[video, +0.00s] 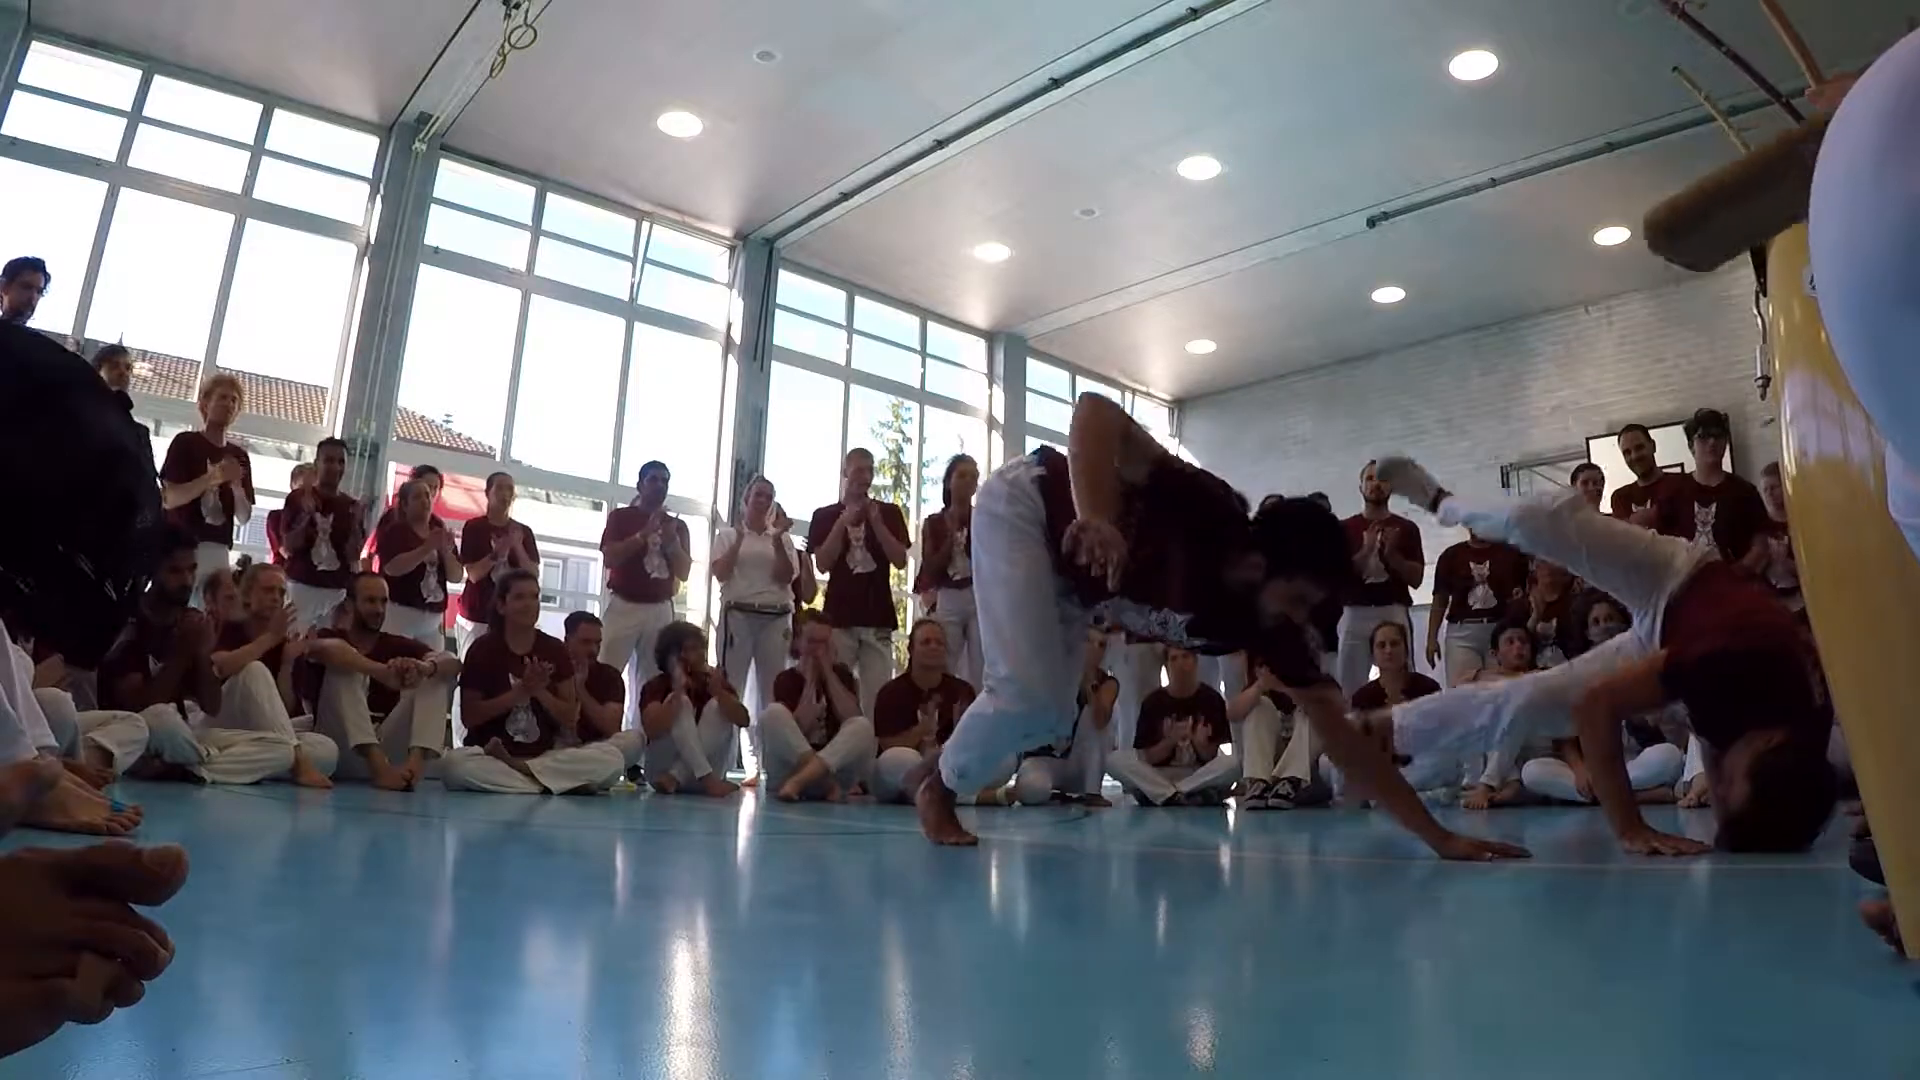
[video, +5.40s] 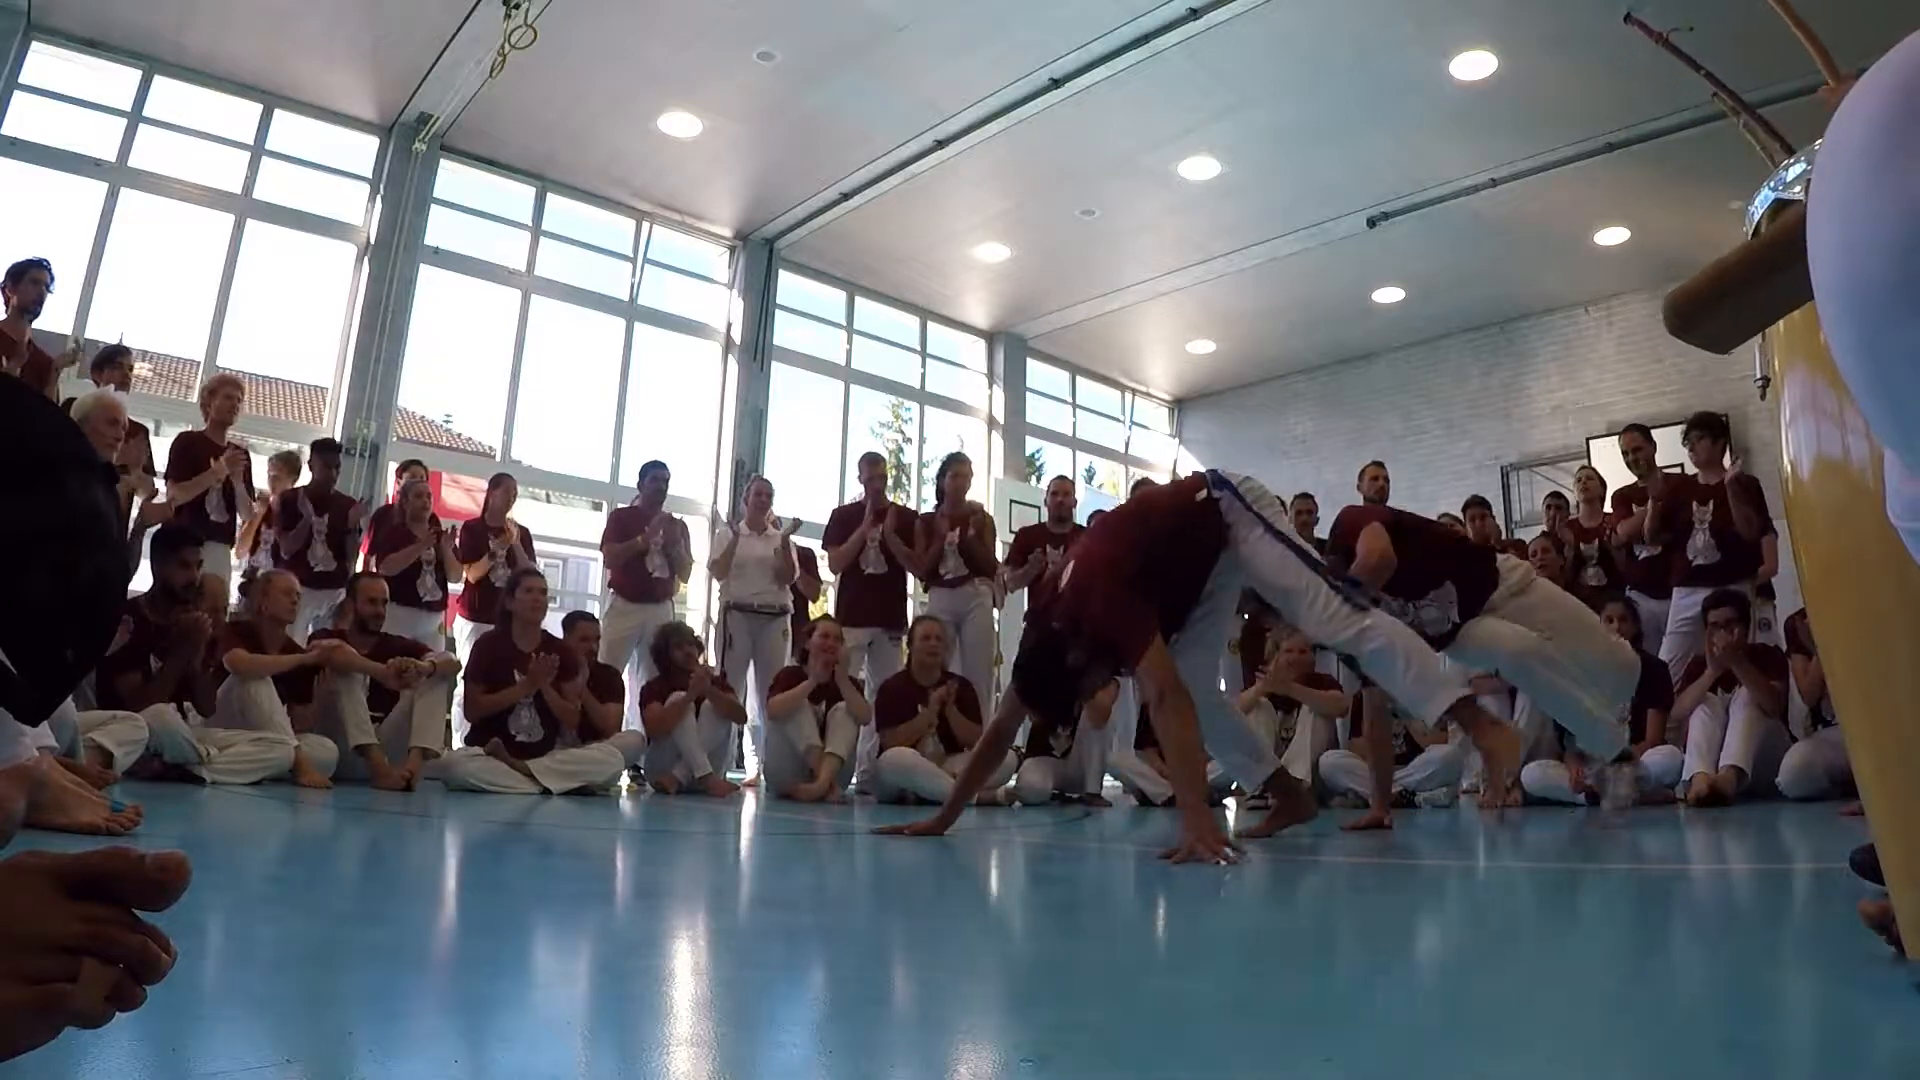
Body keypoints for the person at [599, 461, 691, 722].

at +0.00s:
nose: (659, 485)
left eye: (664, 481)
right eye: (653, 479)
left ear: (668, 487)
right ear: (640, 484)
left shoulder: (677, 525)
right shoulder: (619, 517)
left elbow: (684, 573)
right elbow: (611, 558)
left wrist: (672, 543)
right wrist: (643, 535)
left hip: (660, 609)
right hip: (622, 607)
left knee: (652, 686)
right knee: (606, 680)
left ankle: (647, 749)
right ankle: (599, 746)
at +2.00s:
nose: (659, 484)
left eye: (664, 480)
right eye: (653, 479)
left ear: (668, 487)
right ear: (639, 484)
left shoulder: (676, 526)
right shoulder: (619, 517)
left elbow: (683, 574)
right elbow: (610, 558)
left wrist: (672, 547)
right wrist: (642, 537)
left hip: (659, 610)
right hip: (622, 607)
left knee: (654, 685)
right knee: (605, 680)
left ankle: (649, 749)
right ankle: (598, 745)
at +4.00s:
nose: (663, 487)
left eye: (668, 483)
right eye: (657, 481)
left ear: (671, 489)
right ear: (643, 484)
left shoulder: (678, 526)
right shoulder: (623, 516)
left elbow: (685, 573)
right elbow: (612, 558)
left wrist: (672, 543)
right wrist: (648, 543)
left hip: (661, 610)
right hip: (624, 607)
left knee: (654, 685)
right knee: (607, 680)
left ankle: (648, 749)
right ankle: (600, 745)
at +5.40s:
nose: (660, 485)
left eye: (665, 481)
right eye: (654, 480)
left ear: (669, 486)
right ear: (640, 484)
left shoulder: (677, 525)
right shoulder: (620, 517)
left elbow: (685, 574)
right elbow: (610, 559)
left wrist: (673, 544)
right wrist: (644, 540)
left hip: (660, 610)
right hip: (623, 608)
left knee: (654, 684)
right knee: (606, 679)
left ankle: (650, 750)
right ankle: (599, 745)